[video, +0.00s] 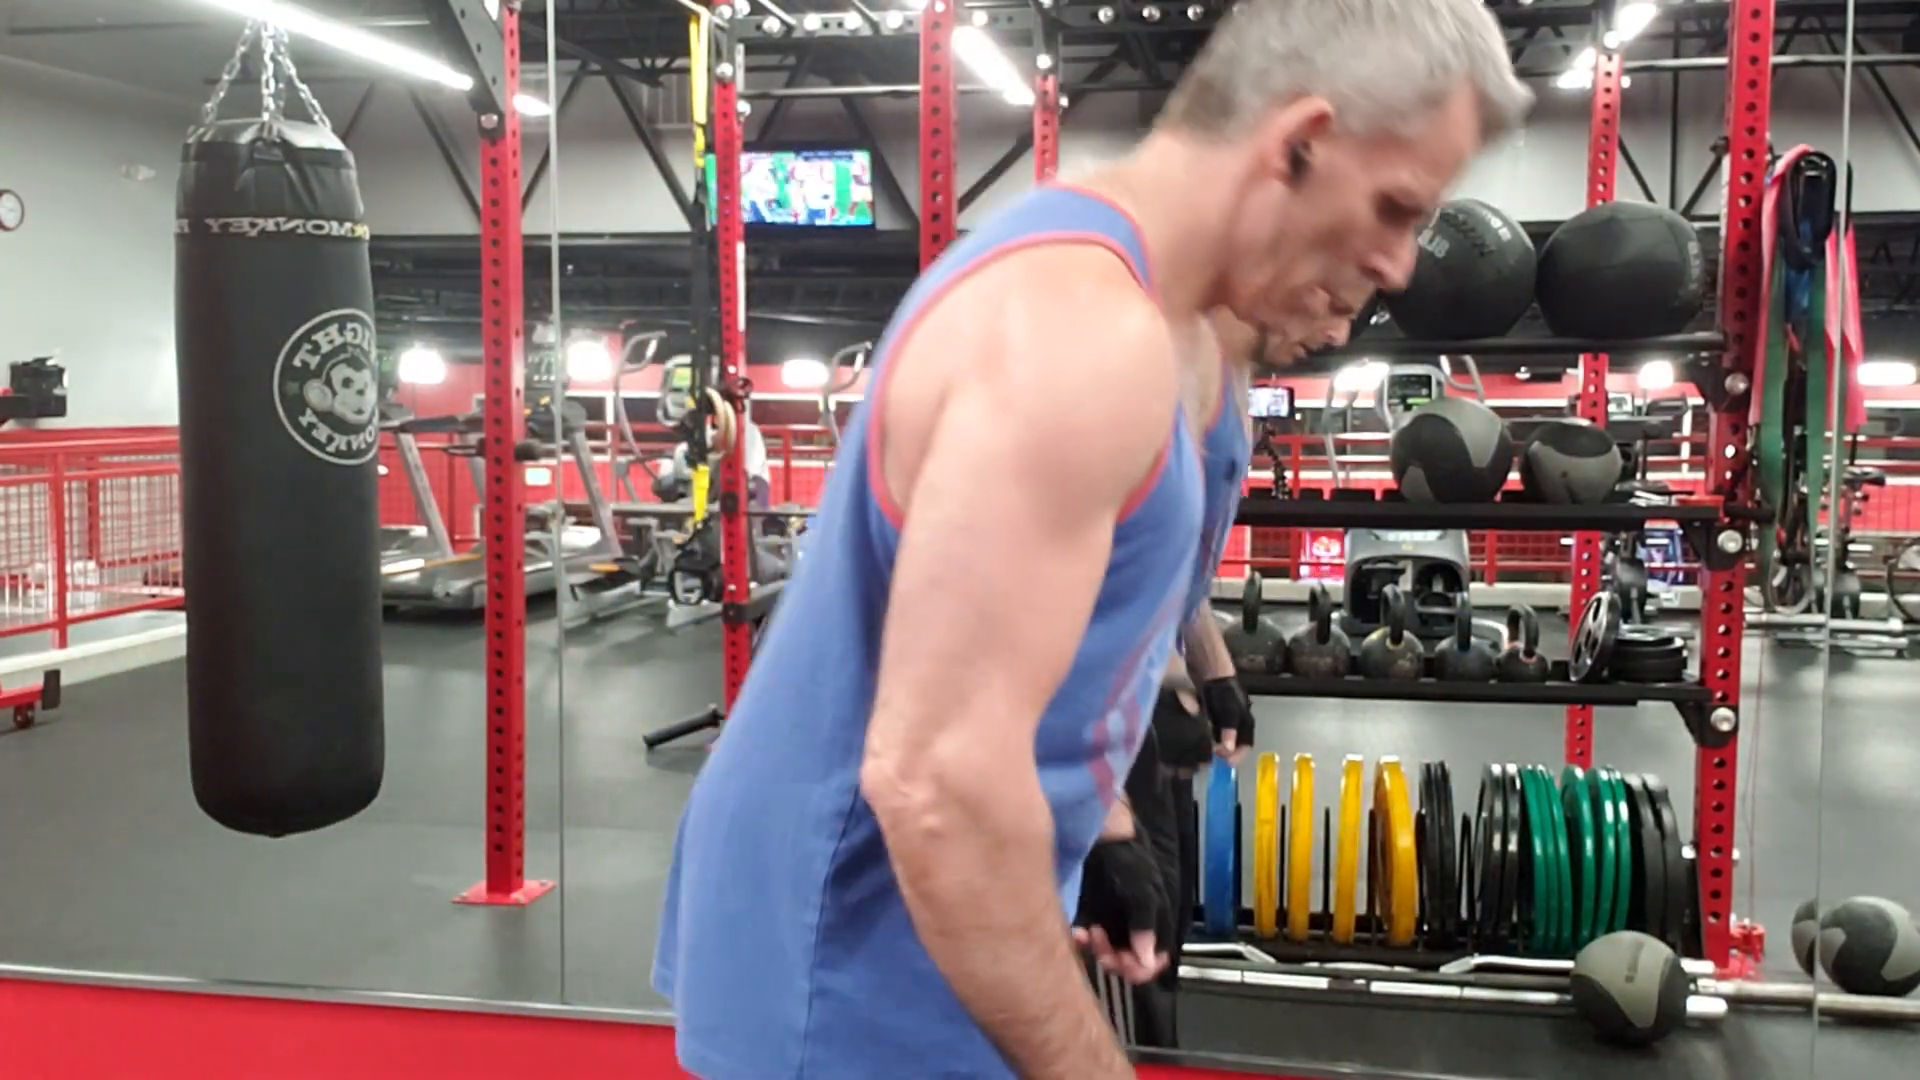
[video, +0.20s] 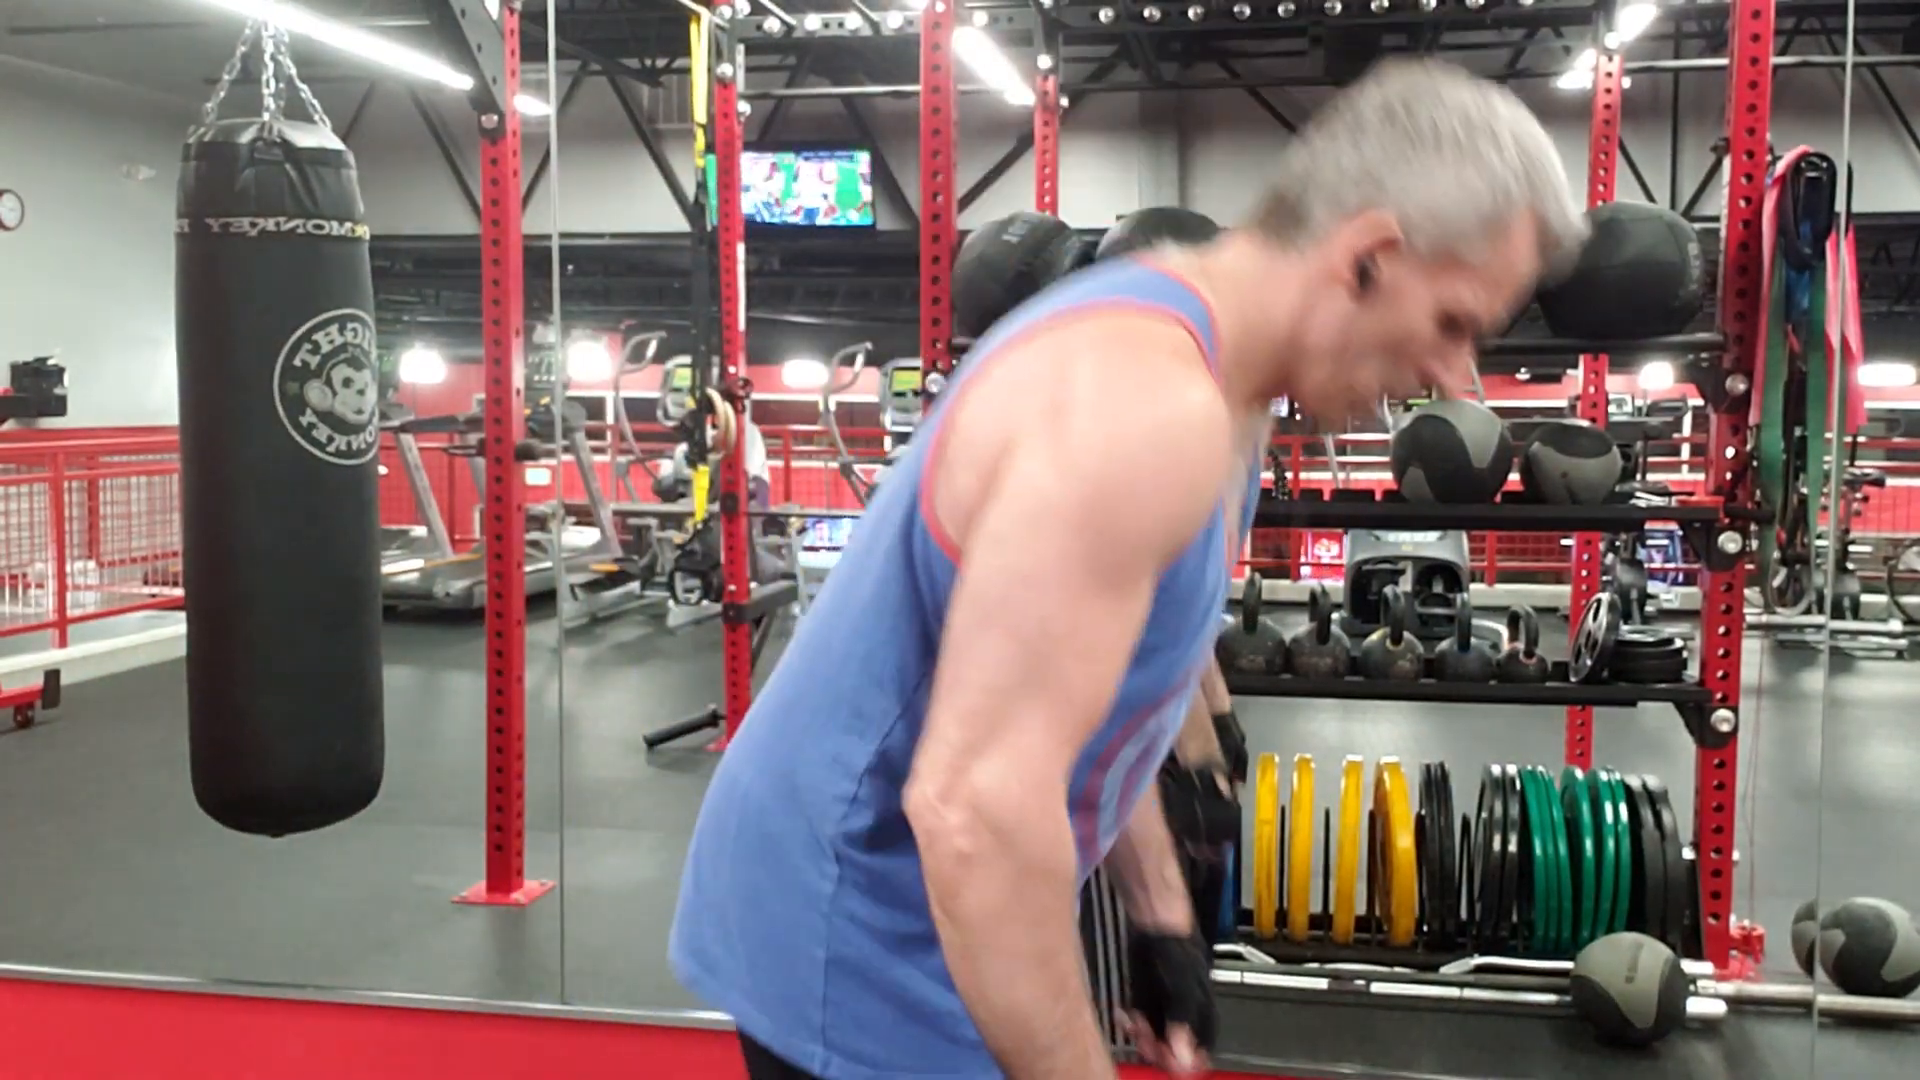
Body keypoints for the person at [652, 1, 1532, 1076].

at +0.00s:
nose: (1400, 268)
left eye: (1419, 227)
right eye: (1396, 209)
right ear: (1294, 144)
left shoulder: (1156, 319)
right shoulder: (1080, 341)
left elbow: (1057, 630)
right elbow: (936, 779)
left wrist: (1107, 835)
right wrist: (1088, 1059)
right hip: (854, 991)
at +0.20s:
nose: (1454, 379)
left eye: (1475, 343)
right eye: (1456, 328)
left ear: (1359, 255)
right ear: (1364, 254)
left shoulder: (1217, 379)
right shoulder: (1139, 402)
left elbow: (1099, 715)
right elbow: (972, 807)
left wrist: (1162, 929)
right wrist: (1080, 1058)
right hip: (872, 955)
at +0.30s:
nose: (1493, 478)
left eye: (1516, 444)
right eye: (1498, 428)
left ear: (1400, 351)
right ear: (1410, 354)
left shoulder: (1206, 402)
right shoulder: (1184, 467)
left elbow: (1143, 775)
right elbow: (1013, 863)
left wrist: (1207, 1010)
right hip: (859, 903)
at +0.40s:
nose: (1515, 587)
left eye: (1541, 561)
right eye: (1527, 547)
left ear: (1444, 454)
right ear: (1451, 468)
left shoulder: (1249, 473)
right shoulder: (1228, 560)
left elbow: (1187, 812)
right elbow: (1060, 939)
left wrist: (1243, 1055)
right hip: (847, 905)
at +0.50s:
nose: (1522, 719)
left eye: (1552, 699)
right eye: (1544, 686)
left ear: (1477, 576)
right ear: (1479, 597)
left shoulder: (1282, 497)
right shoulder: (1256, 677)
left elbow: (1225, 854)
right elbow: (1104, 1048)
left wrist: (1264, 1061)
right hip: (842, 933)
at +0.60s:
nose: (1523, 848)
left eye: (1550, 824)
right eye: (1540, 812)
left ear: (1487, 672)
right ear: (1493, 725)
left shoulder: (1282, 547)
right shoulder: (1276, 803)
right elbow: (1181, 1067)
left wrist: (1267, 1013)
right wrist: (1281, 1029)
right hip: (829, 988)